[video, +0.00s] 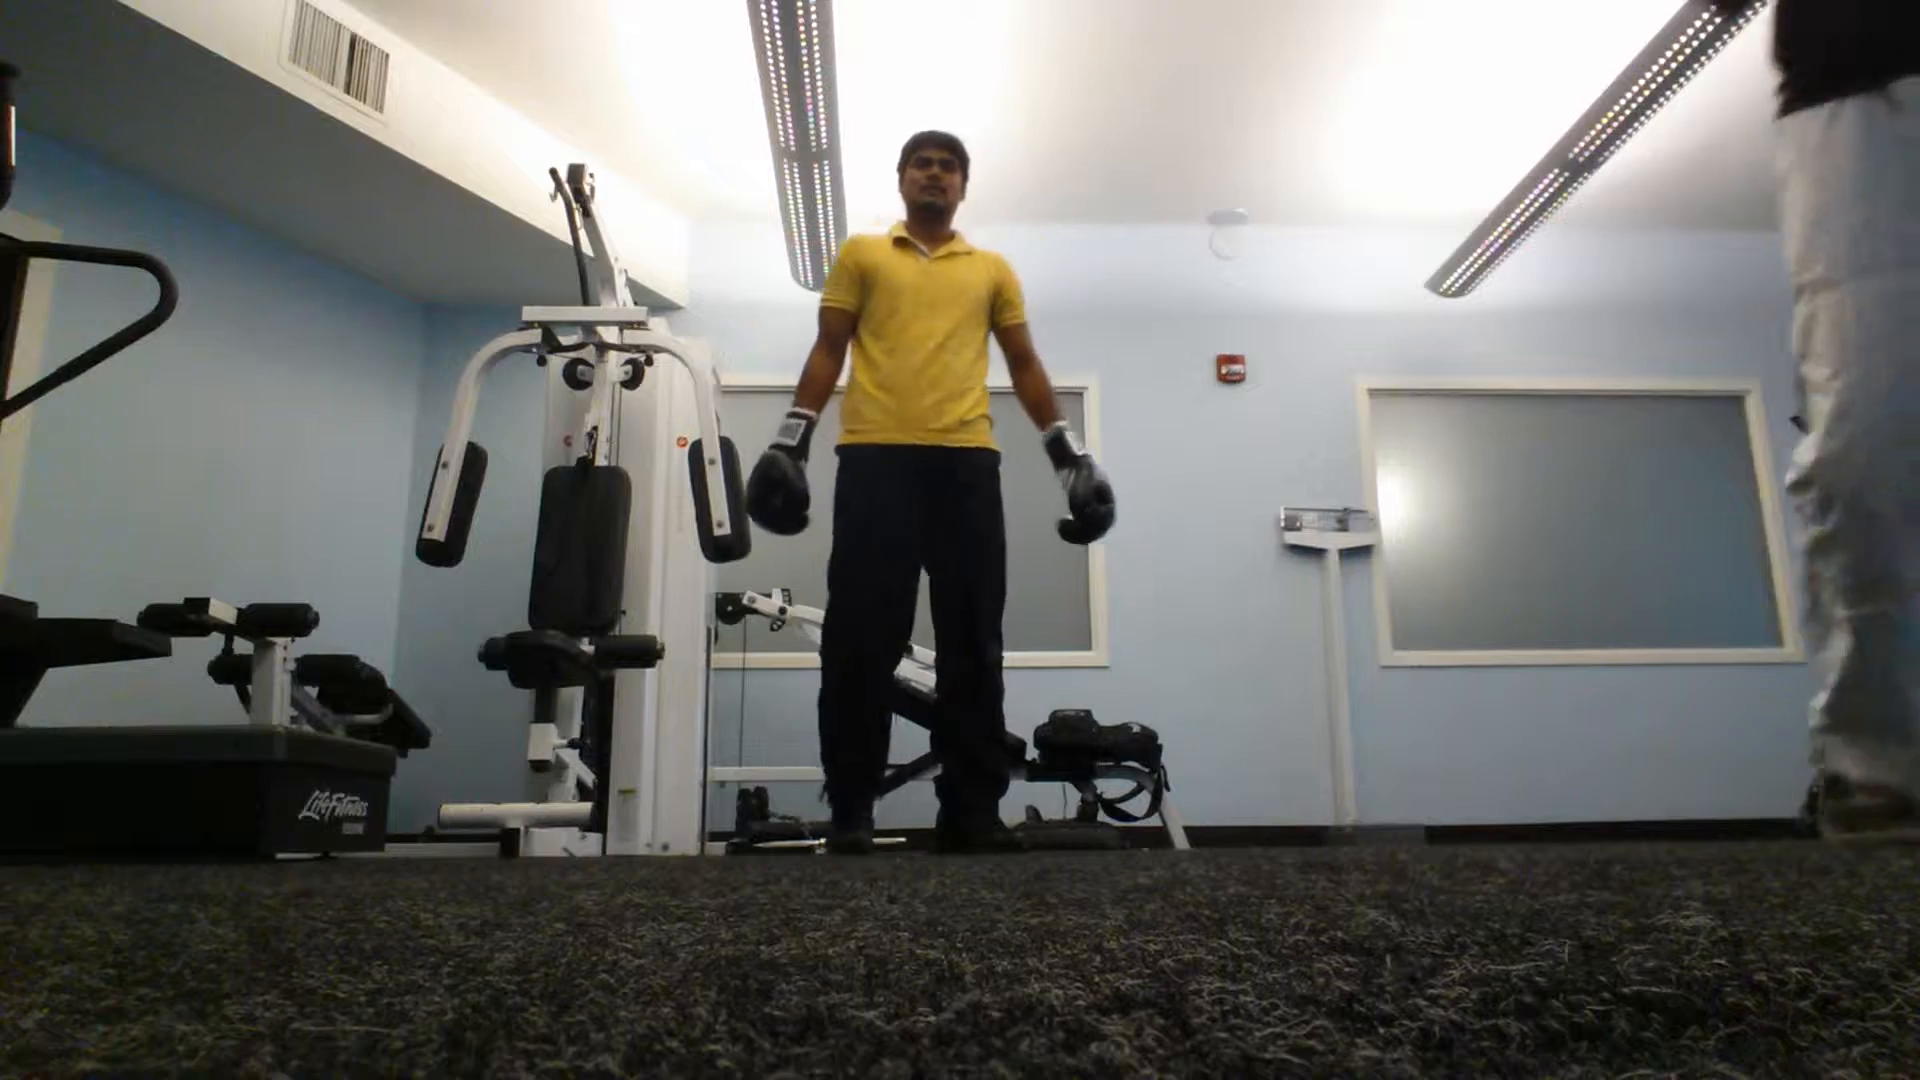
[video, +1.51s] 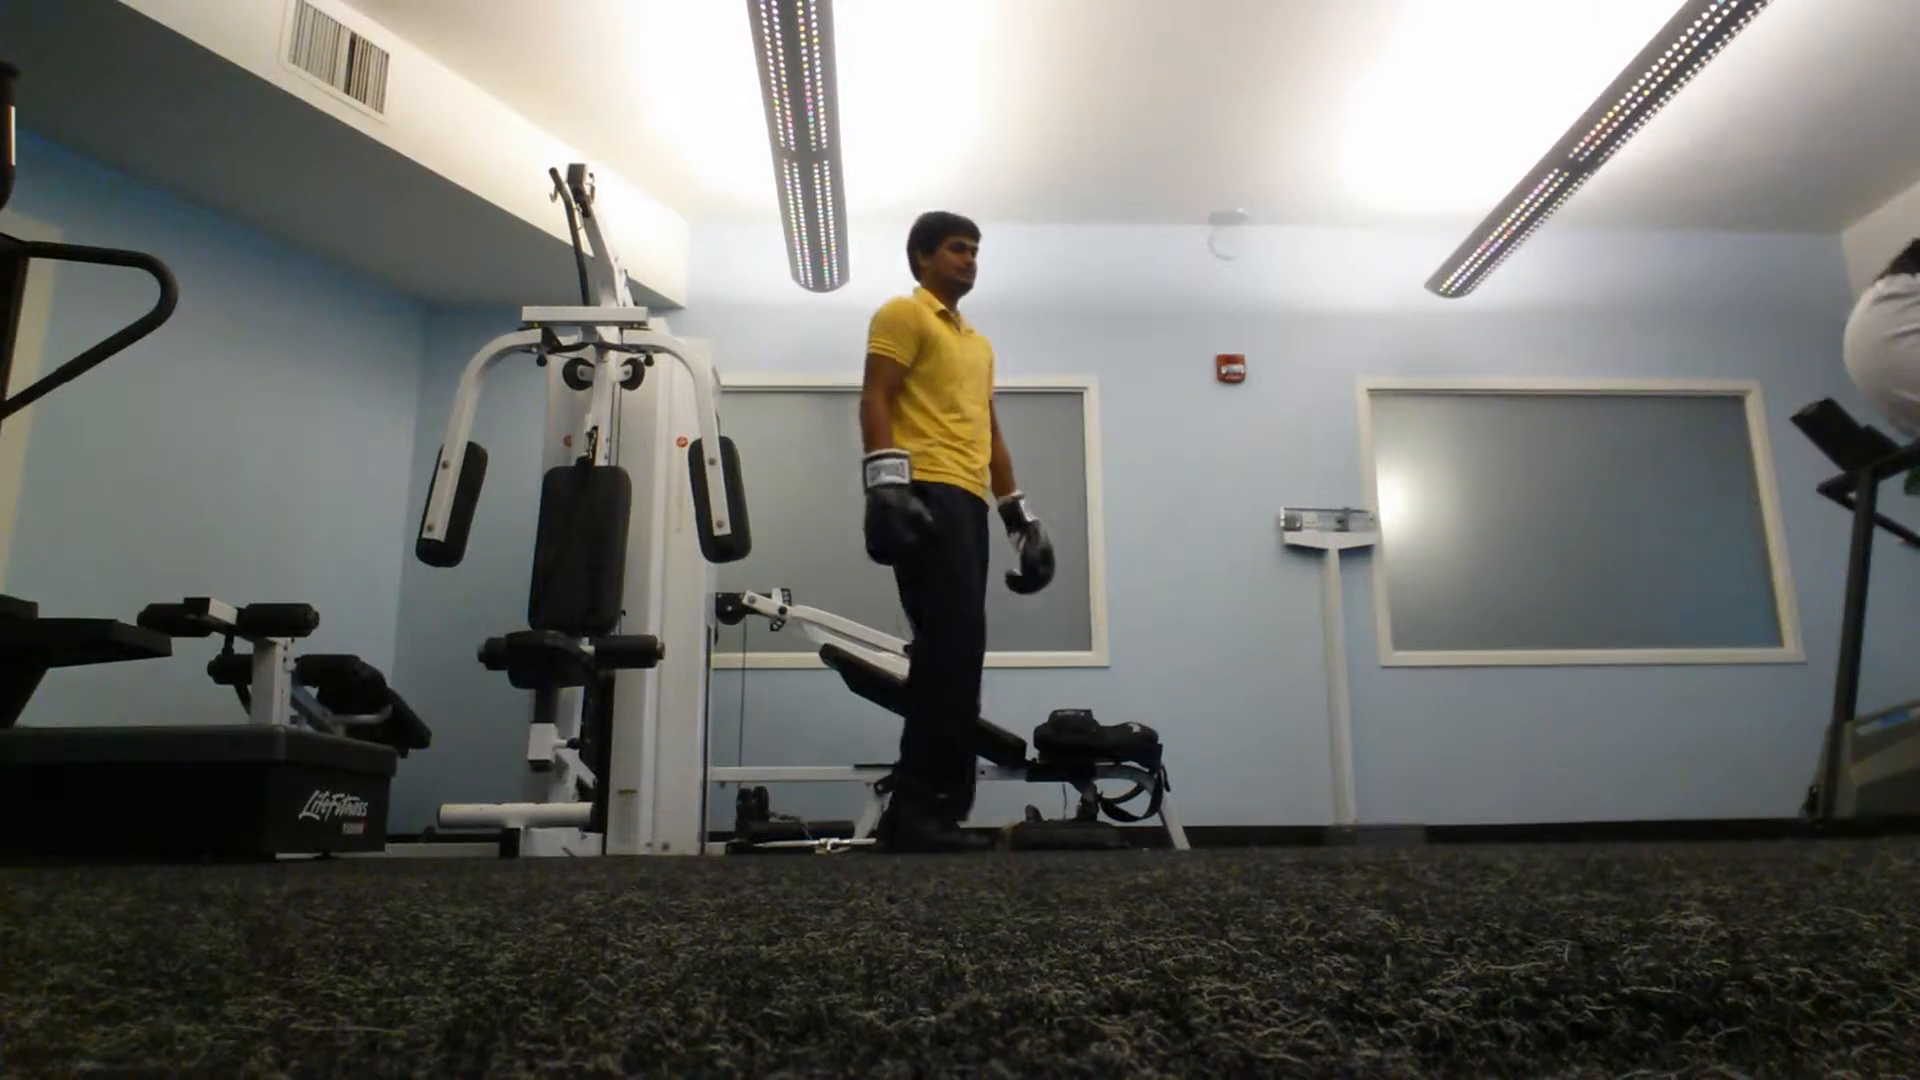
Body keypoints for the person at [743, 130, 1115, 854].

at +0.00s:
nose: (934, 175)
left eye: (947, 166)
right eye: (921, 165)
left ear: (964, 185)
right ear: (900, 180)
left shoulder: (990, 270)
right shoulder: (863, 256)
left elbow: (1026, 364)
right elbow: (828, 349)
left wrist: (1069, 456)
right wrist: (789, 443)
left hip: (966, 464)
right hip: (876, 463)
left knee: (973, 637)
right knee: (862, 635)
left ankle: (972, 813)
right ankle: (851, 812)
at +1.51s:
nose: (971, 260)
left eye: (975, 252)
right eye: (959, 250)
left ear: (975, 264)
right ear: (923, 256)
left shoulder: (978, 344)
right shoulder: (904, 314)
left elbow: (989, 432)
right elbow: (876, 396)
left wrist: (1020, 517)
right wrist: (886, 482)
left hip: (969, 504)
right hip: (926, 496)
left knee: (960, 649)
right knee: (949, 646)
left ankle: (937, 810)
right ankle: (917, 812)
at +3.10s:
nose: (1029, 205)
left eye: (1038, 198)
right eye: (1016, 195)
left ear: (1047, 214)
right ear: (987, 207)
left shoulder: (1035, 293)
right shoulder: (963, 267)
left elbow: (1036, 391)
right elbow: (916, 356)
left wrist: (1077, 462)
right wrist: (950, 399)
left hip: (1042, 468)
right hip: (993, 462)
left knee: (1064, 634)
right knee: (1009, 628)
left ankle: (1008, 792)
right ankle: (995, 804)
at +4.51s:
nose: (1043, 239)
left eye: (1055, 229)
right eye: (1030, 228)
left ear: (1073, 244)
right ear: (1013, 240)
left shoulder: (1071, 319)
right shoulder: (994, 304)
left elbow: (1086, 394)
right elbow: (943, 394)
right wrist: (985, 370)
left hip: (1066, 484)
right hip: (1018, 479)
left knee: (1060, 634)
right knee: (1039, 633)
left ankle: (1046, 783)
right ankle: (1015, 792)